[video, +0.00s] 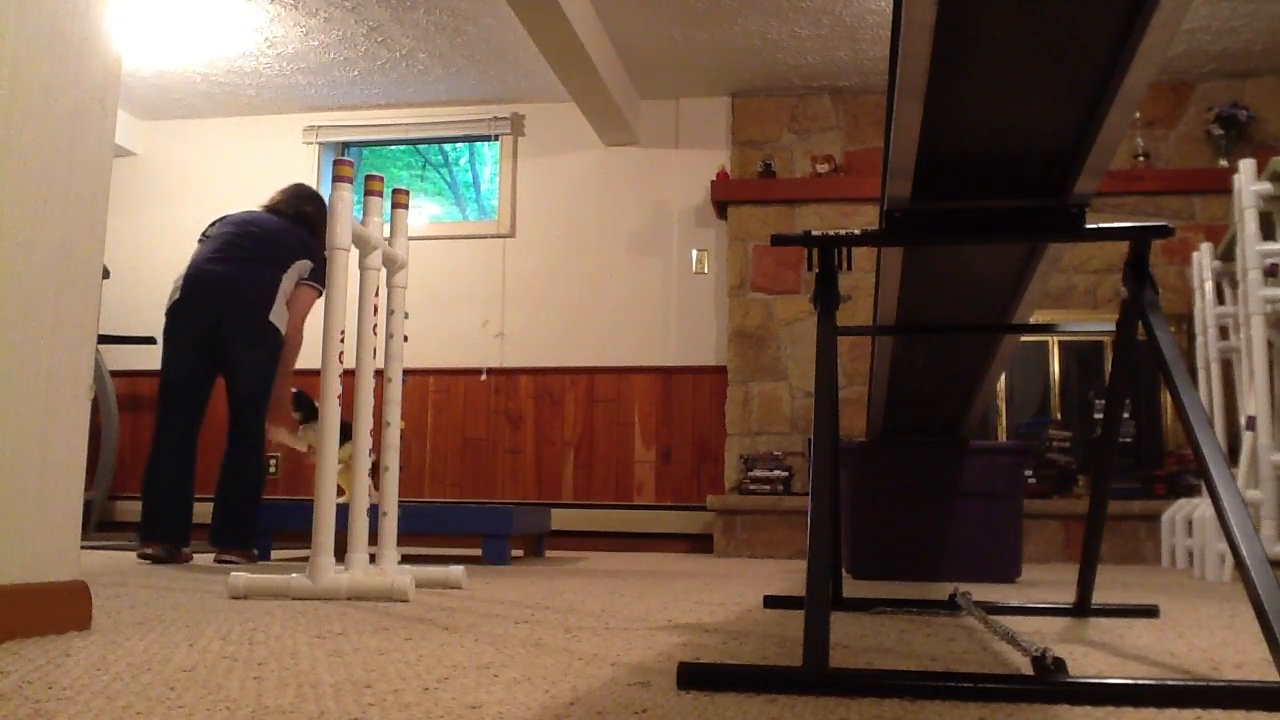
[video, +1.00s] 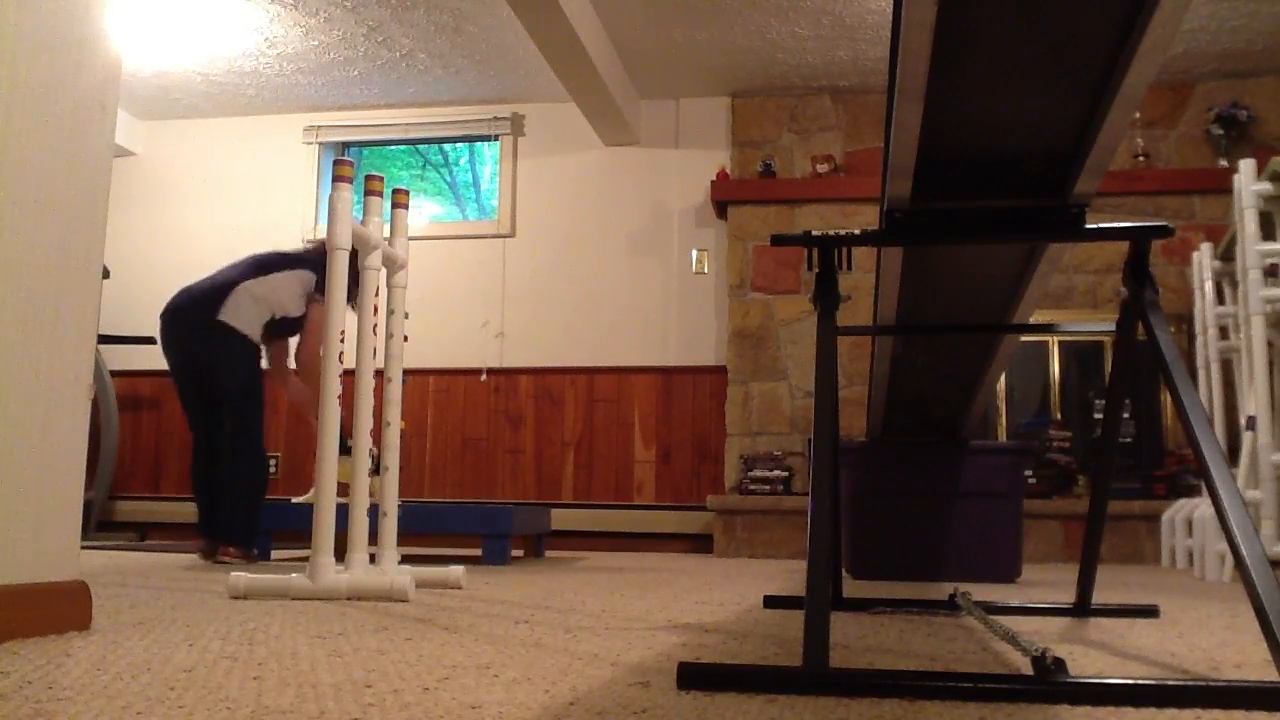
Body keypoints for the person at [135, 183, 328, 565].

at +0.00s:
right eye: (321, 227)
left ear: (273, 204)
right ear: (317, 222)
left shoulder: (229, 221)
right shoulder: (313, 249)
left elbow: (189, 288)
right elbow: (293, 323)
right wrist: (280, 401)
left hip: (189, 319)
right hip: (252, 328)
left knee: (176, 425)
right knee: (247, 434)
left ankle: (162, 538)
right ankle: (233, 543)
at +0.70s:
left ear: (300, 216)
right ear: (334, 233)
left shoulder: (259, 233)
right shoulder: (326, 257)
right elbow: (309, 342)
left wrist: (270, 361)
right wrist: (307, 404)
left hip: (191, 307)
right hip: (250, 322)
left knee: (192, 423)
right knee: (249, 433)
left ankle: (178, 532)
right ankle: (235, 542)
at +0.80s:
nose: (346, 271)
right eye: (347, 262)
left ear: (305, 225)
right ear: (338, 244)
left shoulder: (265, 242)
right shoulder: (327, 259)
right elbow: (304, 341)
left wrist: (284, 374)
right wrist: (308, 398)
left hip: (188, 309)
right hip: (247, 323)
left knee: (196, 423)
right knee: (248, 431)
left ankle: (184, 534)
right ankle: (234, 540)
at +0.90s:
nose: (347, 288)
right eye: (352, 276)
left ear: (316, 241)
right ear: (345, 258)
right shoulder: (326, 266)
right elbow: (306, 348)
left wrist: (303, 397)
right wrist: (316, 404)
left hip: (183, 312)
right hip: (238, 326)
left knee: (202, 430)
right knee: (247, 435)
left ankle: (204, 536)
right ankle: (236, 542)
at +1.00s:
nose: (353, 297)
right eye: (355, 287)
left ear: (325, 253)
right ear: (348, 270)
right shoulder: (329, 272)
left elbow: (280, 370)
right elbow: (308, 360)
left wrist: (319, 417)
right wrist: (329, 407)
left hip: (178, 321)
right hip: (227, 333)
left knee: (208, 434)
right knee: (245, 441)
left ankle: (212, 538)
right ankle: (236, 543)